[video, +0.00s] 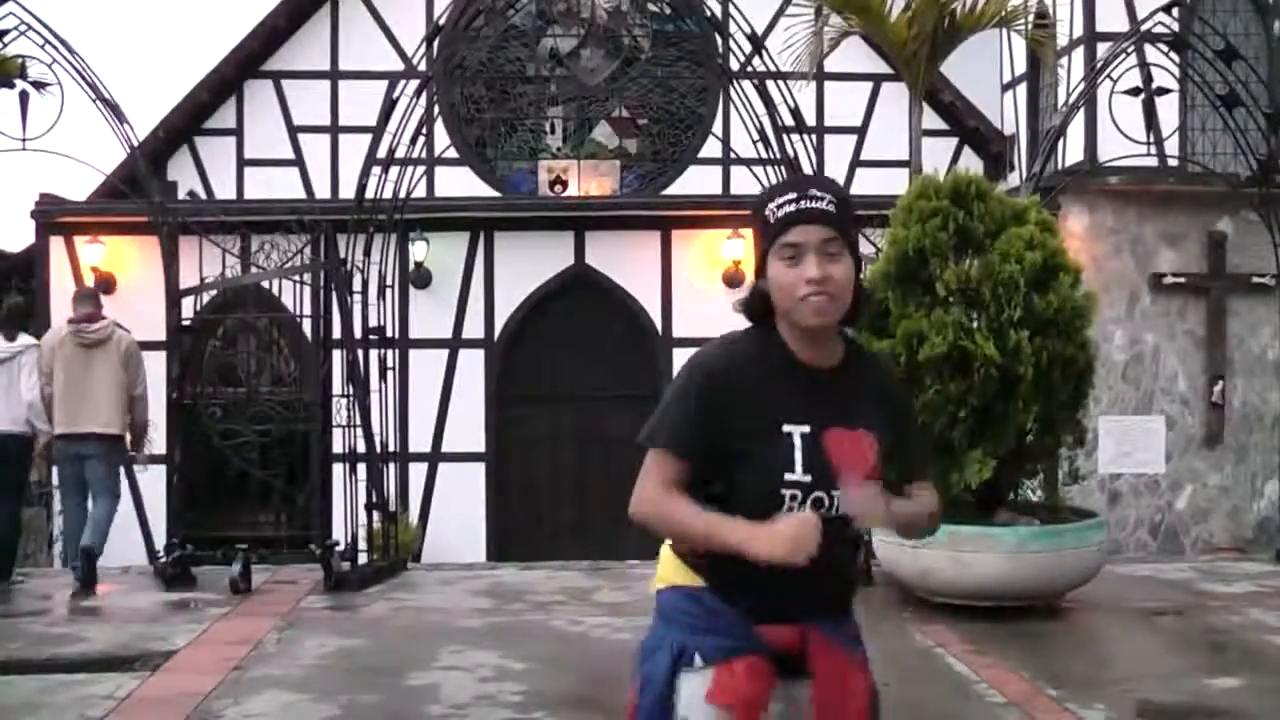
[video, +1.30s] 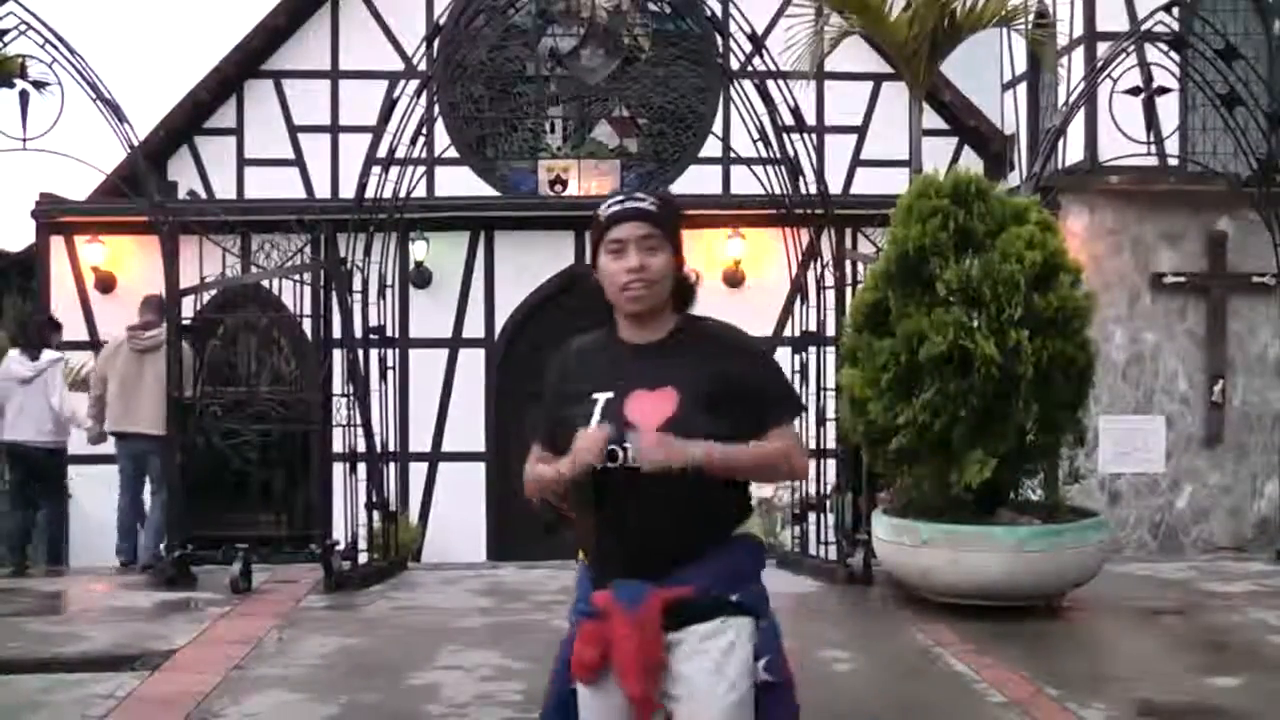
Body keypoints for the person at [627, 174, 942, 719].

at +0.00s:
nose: (815, 272)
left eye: (832, 253)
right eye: (793, 257)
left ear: (855, 267)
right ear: (764, 275)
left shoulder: (874, 380)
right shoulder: (718, 372)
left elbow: (926, 507)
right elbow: (648, 500)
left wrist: (888, 510)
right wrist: (754, 536)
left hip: (822, 607)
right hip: (713, 602)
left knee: (851, 702)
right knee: (727, 693)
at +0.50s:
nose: (814, 261)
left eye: (830, 245)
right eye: (794, 247)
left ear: (853, 264)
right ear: (769, 269)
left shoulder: (886, 379)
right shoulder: (723, 350)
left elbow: (929, 508)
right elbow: (648, 459)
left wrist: (873, 470)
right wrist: (708, 527)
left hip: (826, 610)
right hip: (711, 605)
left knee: (856, 707)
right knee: (694, 707)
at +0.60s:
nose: (796, 263)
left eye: (814, 247)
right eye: (778, 248)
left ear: (838, 267)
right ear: (753, 268)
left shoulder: (874, 377)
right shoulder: (708, 350)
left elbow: (928, 493)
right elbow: (638, 459)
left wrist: (846, 530)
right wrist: (702, 464)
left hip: (813, 608)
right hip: (700, 604)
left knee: (830, 708)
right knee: (682, 707)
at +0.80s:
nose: (760, 259)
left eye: (777, 244)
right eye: (742, 245)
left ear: (801, 260)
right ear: (719, 263)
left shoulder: (836, 363)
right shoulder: (681, 346)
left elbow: (910, 475)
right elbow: (613, 461)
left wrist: (832, 475)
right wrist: (693, 445)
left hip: (793, 602)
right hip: (676, 600)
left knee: (827, 707)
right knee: (632, 709)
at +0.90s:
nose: (725, 262)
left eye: (742, 247)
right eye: (707, 248)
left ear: (764, 266)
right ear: (682, 271)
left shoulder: (803, 363)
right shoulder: (640, 357)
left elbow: (868, 475)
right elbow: (585, 470)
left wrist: (795, 435)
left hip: (768, 608)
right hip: (653, 608)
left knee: (794, 708)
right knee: (632, 708)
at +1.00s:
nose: (697, 265)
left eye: (713, 249)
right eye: (679, 252)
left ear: (737, 266)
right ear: (656, 271)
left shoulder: (781, 362)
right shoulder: (620, 359)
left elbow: (833, 479)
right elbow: (562, 471)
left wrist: (758, 452)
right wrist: (608, 523)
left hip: (750, 615)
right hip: (635, 614)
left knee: (775, 708)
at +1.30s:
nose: (634, 265)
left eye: (650, 248)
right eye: (617, 251)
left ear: (677, 262)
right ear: (598, 268)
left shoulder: (731, 353)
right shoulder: (575, 361)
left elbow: (790, 459)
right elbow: (533, 476)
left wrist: (688, 452)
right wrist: (569, 467)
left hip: (714, 595)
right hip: (606, 598)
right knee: (592, 709)